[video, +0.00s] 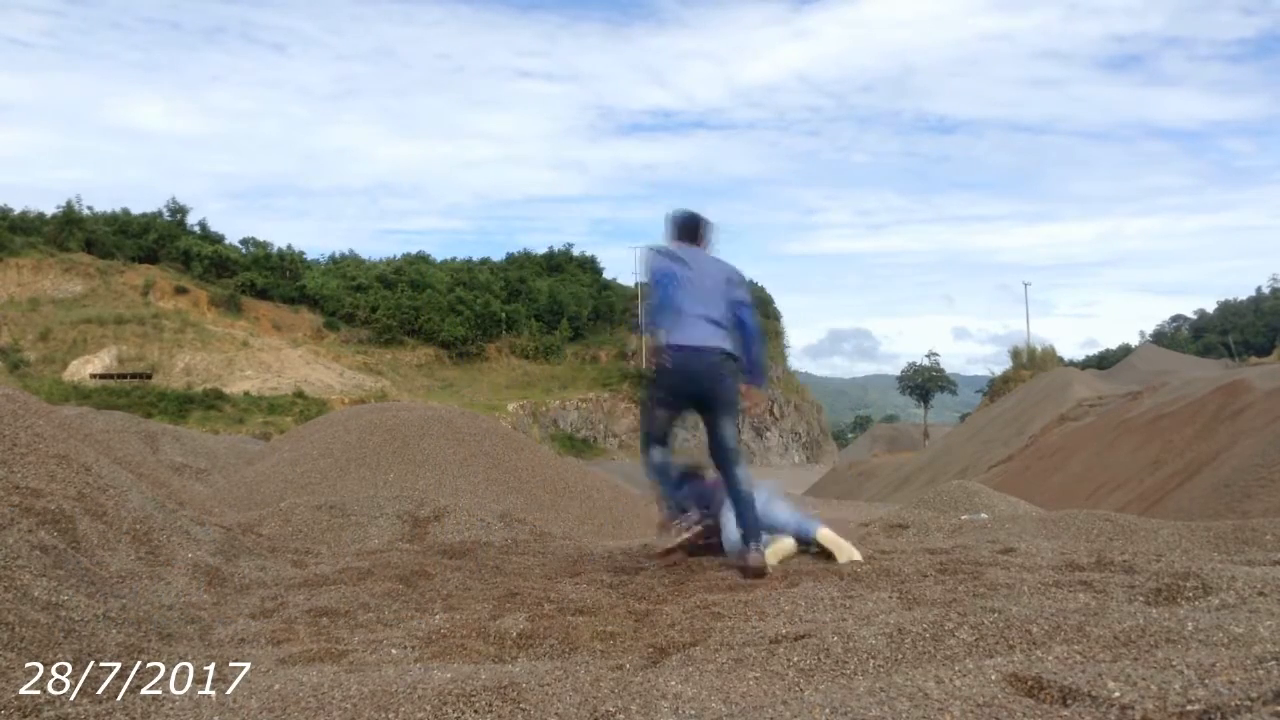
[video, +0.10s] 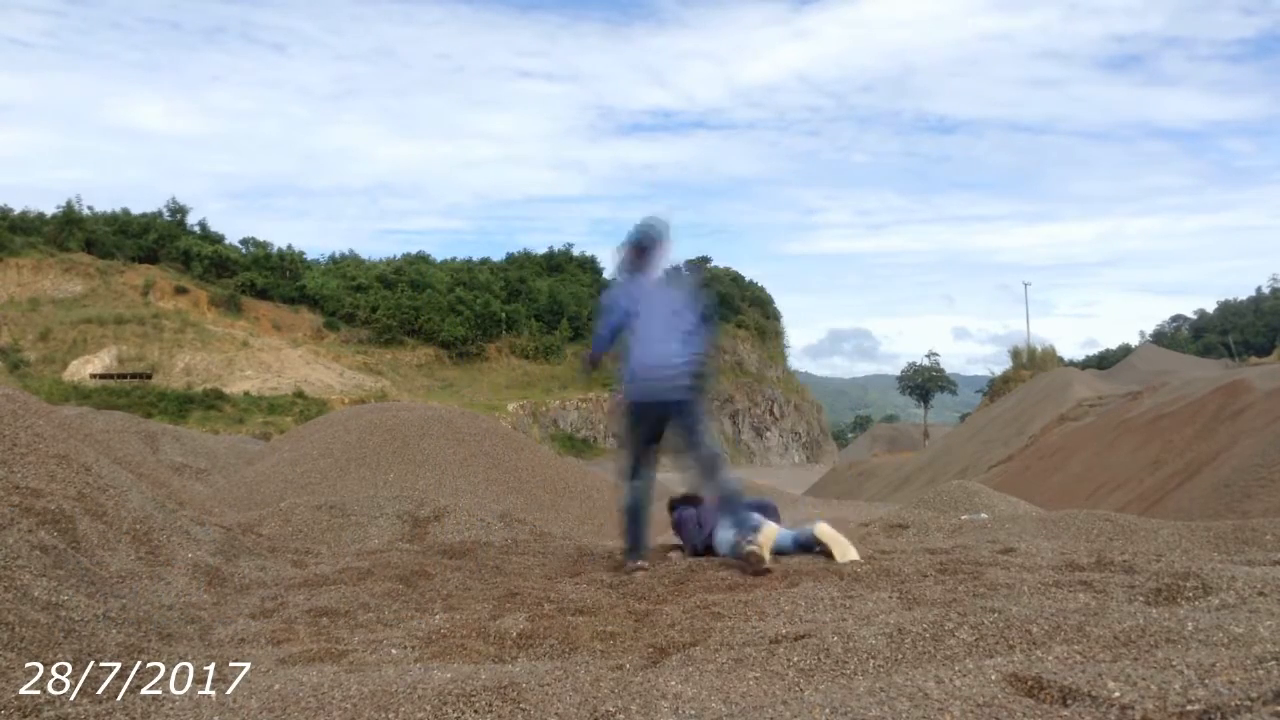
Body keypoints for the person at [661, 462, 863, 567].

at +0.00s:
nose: (684, 495)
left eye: (682, 491)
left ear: (682, 486)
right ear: (699, 476)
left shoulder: (687, 493)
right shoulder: (719, 480)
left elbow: (697, 523)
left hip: (727, 507)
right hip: (752, 490)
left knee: (734, 544)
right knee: (780, 515)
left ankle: (775, 545)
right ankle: (823, 535)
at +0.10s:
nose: (674, 518)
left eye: (674, 514)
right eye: (675, 515)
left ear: (678, 509)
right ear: (696, 500)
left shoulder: (682, 512)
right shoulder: (717, 501)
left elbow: (689, 520)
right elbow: (767, 504)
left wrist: (691, 549)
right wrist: (774, 525)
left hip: (718, 529)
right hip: (748, 517)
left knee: (736, 544)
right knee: (790, 539)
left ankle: (755, 548)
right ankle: (819, 536)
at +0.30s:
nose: (683, 481)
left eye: (682, 475)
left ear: (683, 475)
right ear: (707, 471)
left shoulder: (679, 492)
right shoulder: (736, 482)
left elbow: (653, 520)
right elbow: (772, 509)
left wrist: (649, 546)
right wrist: (774, 529)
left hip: (718, 526)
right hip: (751, 517)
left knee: (736, 541)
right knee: (783, 539)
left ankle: (756, 542)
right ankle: (812, 535)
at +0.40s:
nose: (676, 465)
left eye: (677, 460)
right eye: (674, 461)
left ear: (689, 456)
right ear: (703, 455)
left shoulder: (681, 474)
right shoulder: (733, 468)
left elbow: (660, 510)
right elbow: (760, 497)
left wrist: (649, 545)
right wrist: (776, 522)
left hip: (709, 514)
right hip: (743, 504)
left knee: (729, 543)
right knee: (767, 526)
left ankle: (755, 543)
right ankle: (794, 541)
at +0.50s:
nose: (674, 458)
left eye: (675, 453)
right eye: (673, 454)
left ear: (688, 448)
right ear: (703, 448)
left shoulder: (679, 468)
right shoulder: (731, 461)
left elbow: (662, 507)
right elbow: (756, 489)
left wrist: (651, 543)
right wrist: (770, 513)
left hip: (708, 508)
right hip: (742, 498)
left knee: (728, 542)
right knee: (769, 524)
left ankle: (754, 542)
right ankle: (795, 543)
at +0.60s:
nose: (677, 463)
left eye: (678, 458)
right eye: (675, 459)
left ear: (690, 450)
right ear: (706, 449)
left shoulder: (681, 470)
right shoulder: (733, 462)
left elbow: (666, 504)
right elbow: (757, 490)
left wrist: (652, 538)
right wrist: (774, 518)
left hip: (705, 511)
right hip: (738, 499)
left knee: (726, 540)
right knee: (764, 523)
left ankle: (752, 544)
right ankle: (787, 544)